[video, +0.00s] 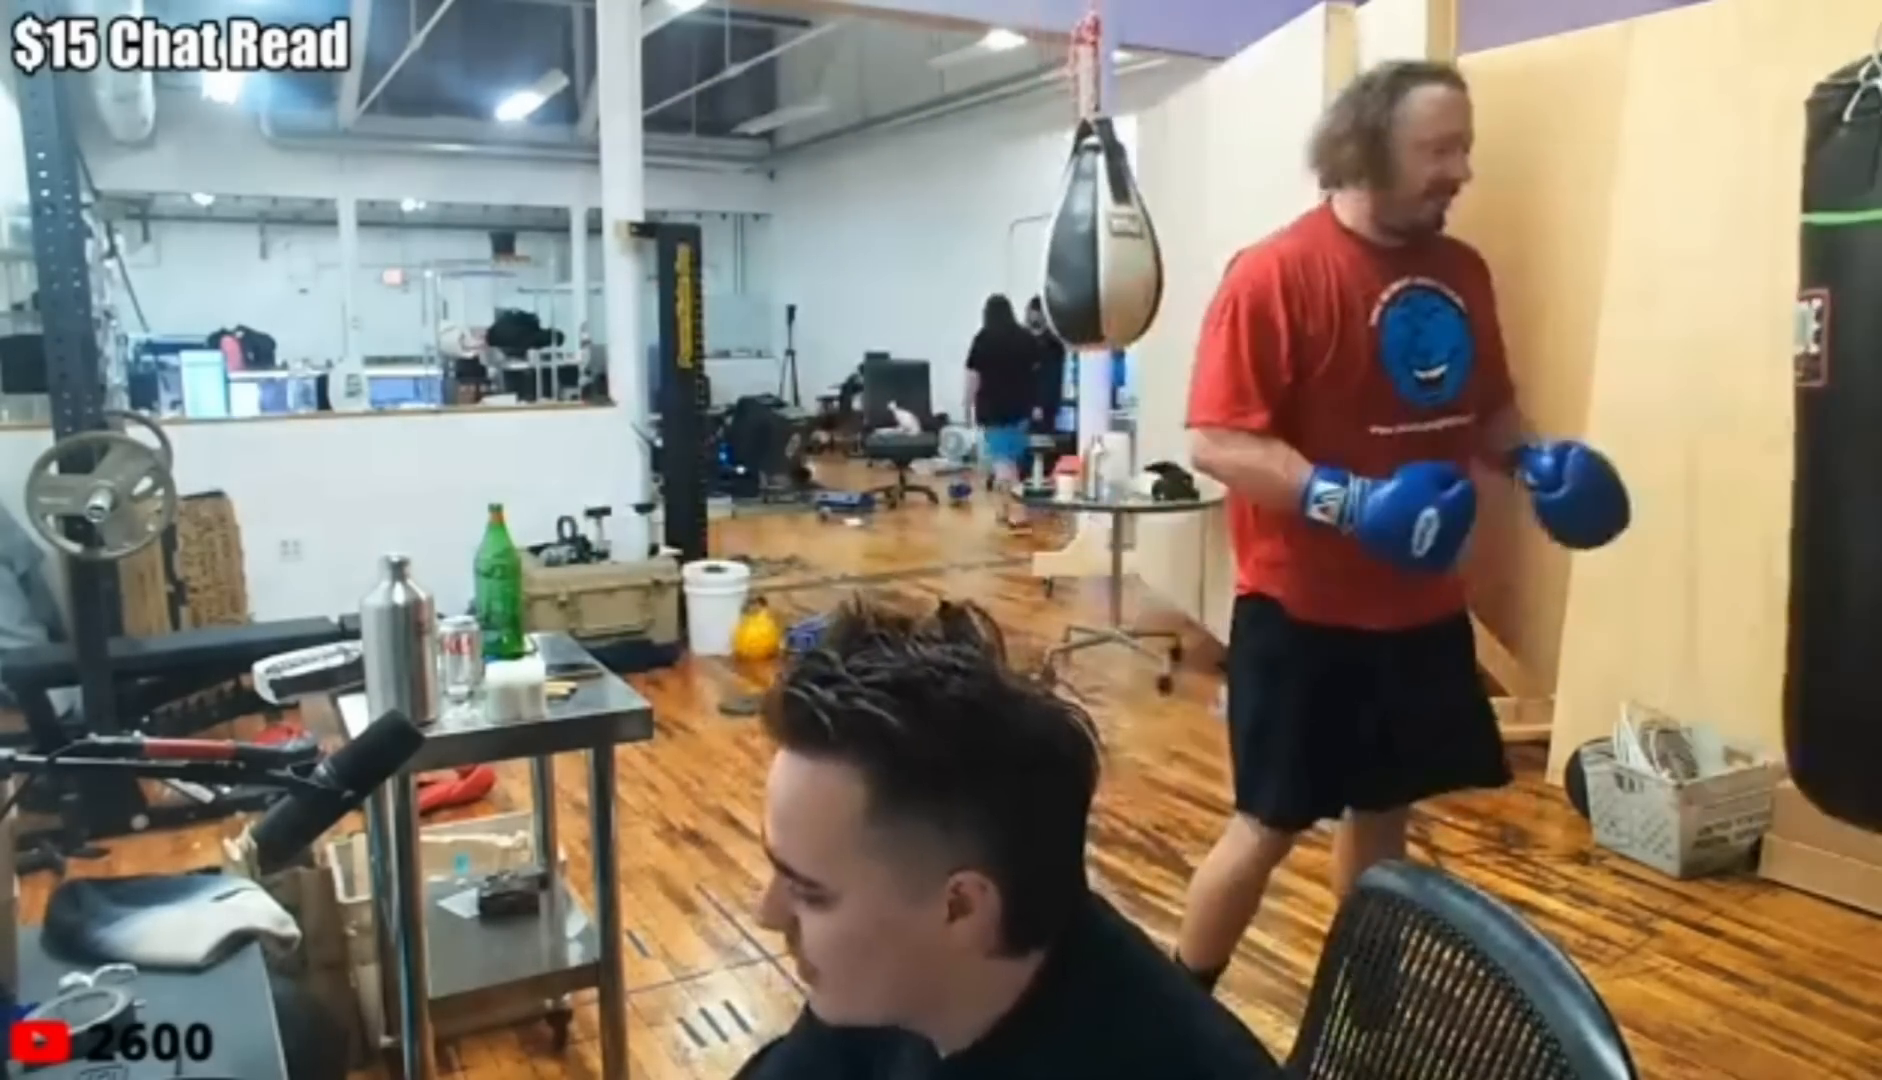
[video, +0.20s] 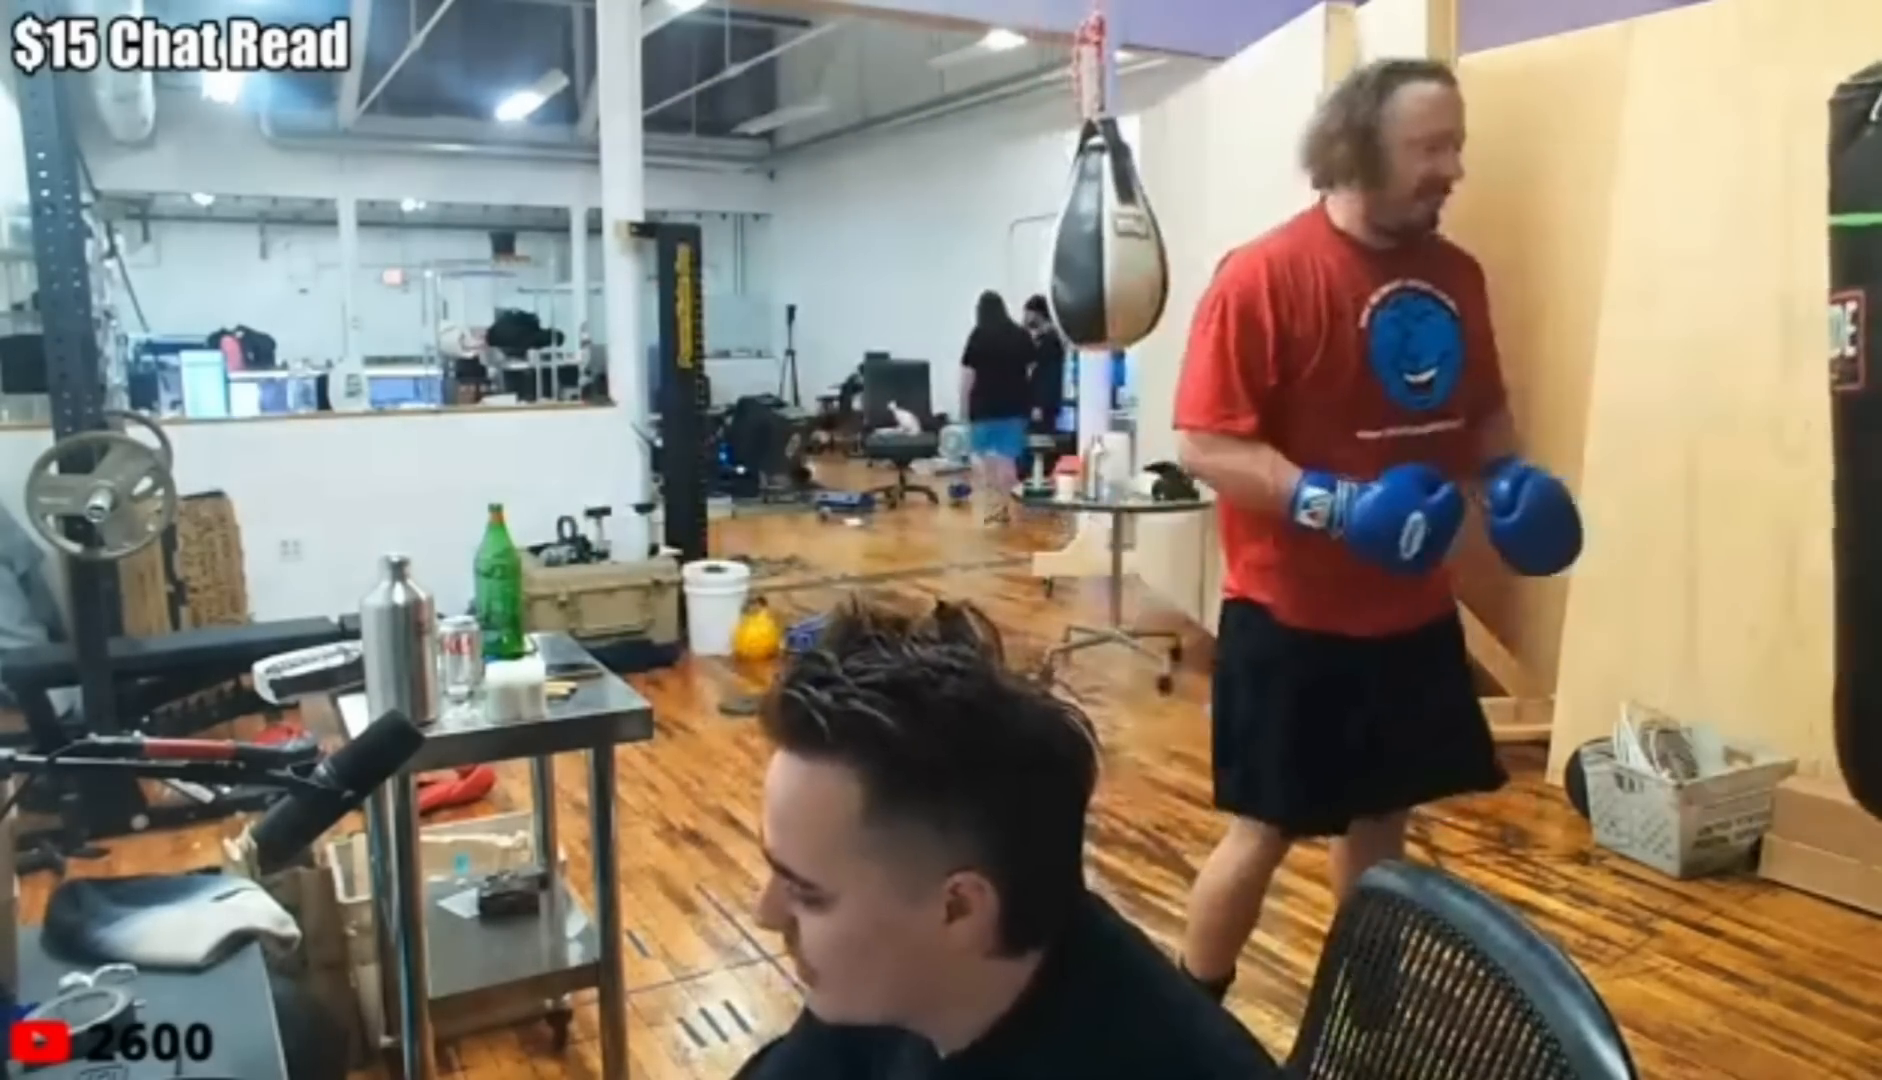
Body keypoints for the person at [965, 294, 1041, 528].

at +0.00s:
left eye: (988, 314)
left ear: (987, 314)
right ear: (1011, 312)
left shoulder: (984, 338)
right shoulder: (1026, 337)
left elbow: (973, 375)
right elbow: (1037, 371)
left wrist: (968, 405)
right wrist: (1036, 402)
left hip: (992, 407)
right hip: (1021, 406)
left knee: (1001, 458)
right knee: (1013, 457)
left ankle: (1015, 508)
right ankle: (1007, 507)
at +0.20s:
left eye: (979, 311)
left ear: (980, 312)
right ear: (1003, 308)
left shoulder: (978, 335)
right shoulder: (1021, 334)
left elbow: (968, 375)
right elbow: (1031, 366)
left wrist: (964, 407)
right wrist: (1025, 390)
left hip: (984, 408)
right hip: (1015, 406)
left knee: (985, 463)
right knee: (1007, 462)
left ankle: (991, 510)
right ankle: (1005, 509)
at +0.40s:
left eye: (972, 312)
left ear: (972, 312)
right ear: (994, 309)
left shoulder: (971, 337)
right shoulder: (1012, 334)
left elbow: (964, 376)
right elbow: (1023, 366)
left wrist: (959, 404)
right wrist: (1020, 392)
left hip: (977, 405)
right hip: (1007, 404)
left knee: (970, 456)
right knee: (1002, 459)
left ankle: (965, 500)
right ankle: (1005, 509)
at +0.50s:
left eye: (966, 313)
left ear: (966, 313)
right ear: (989, 311)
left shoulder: (965, 338)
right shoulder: (1006, 335)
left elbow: (959, 376)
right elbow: (1018, 366)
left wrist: (955, 406)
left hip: (973, 407)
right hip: (1004, 406)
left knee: (966, 455)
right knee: (1000, 458)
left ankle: (958, 501)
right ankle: (1003, 510)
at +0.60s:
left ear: (958, 313)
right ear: (981, 311)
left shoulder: (957, 339)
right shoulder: (998, 336)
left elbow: (950, 378)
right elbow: (1010, 367)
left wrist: (946, 409)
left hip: (964, 408)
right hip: (995, 407)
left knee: (958, 458)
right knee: (995, 457)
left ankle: (955, 502)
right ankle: (1002, 508)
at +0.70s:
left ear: (952, 311)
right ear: (976, 310)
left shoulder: (950, 336)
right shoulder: (989, 331)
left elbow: (942, 373)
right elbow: (1005, 360)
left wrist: (939, 405)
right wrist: (987, 366)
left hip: (958, 404)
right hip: (986, 403)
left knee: (955, 455)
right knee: (991, 454)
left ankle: (954, 499)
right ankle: (994, 493)